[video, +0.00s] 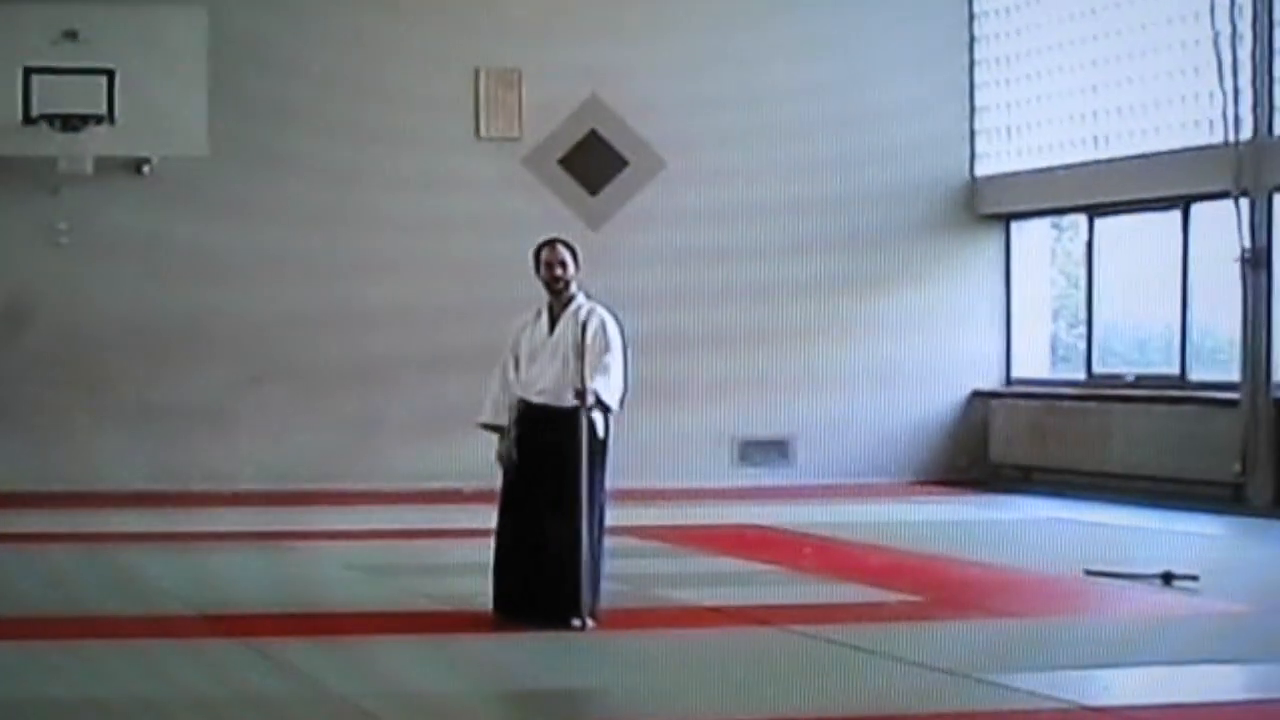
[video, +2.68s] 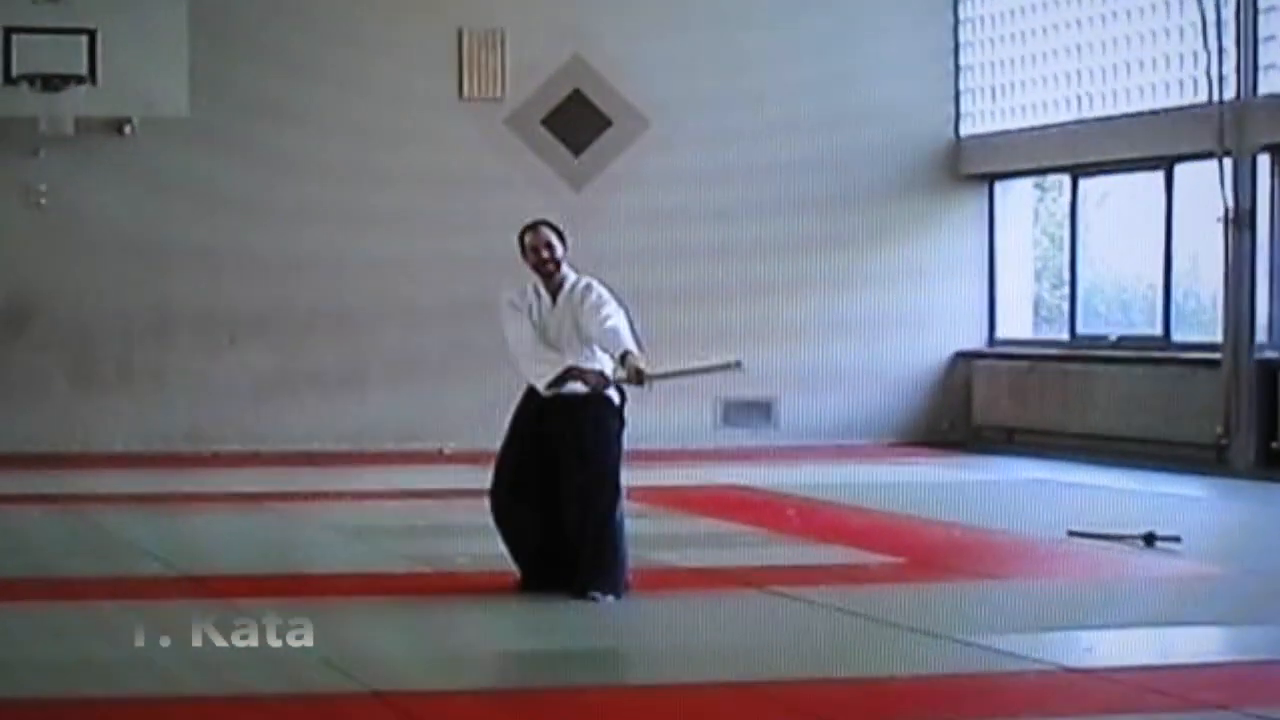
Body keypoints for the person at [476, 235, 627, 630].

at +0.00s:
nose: (556, 272)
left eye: (562, 264)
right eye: (548, 266)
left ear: (575, 269)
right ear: (539, 273)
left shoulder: (595, 319)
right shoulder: (526, 327)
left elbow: (609, 369)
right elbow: (507, 382)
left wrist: (592, 403)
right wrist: (503, 432)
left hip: (576, 421)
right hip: (531, 421)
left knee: (576, 512)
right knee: (524, 511)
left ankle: (577, 605)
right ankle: (520, 603)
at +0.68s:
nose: (517, 275)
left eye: (522, 266)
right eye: (508, 270)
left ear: (536, 268)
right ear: (500, 277)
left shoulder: (565, 316)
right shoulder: (491, 329)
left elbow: (591, 369)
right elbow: (482, 378)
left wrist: (547, 367)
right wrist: (494, 418)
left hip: (554, 419)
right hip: (509, 419)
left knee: (553, 513)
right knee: (499, 509)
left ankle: (551, 605)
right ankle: (495, 602)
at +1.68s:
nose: (544, 308)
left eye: (549, 300)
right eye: (535, 302)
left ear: (563, 300)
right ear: (525, 307)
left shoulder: (587, 345)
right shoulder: (521, 345)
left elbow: (619, 403)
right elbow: (520, 407)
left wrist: (573, 422)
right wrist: (502, 443)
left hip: (588, 450)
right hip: (544, 448)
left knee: (584, 531)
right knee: (525, 524)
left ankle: (592, 615)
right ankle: (528, 604)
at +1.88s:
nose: (556, 300)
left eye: (562, 291)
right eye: (548, 293)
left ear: (577, 292)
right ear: (538, 298)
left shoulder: (602, 336)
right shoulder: (527, 336)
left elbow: (613, 396)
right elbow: (516, 387)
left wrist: (570, 425)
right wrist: (534, 426)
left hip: (599, 441)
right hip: (553, 441)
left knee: (595, 527)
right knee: (532, 523)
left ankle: (595, 614)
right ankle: (524, 604)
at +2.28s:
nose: (568, 293)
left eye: (575, 284)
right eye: (560, 286)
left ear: (588, 284)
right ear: (549, 291)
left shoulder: (613, 330)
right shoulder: (540, 327)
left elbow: (622, 389)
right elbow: (538, 377)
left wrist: (607, 393)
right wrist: (570, 397)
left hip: (607, 430)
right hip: (564, 429)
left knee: (598, 517)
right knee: (549, 514)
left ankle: (602, 606)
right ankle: (552, 603)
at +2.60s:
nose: (553, 261)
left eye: (558, 251)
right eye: (543, 256)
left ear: (573, 253)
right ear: (535, 263)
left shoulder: (598, 298)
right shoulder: (527, 303)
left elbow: (617, 329)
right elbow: (533, 354)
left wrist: (627, 355)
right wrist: (577, 374)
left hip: (596, 403)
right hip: (548, 402)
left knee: (592, 492)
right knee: (522, 492)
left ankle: (603, 583)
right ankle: (547, 580)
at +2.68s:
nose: (543, 256)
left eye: (549, 247)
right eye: (533, 251)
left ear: (564, 249)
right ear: (526, 260)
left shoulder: (589, 292)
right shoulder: (518, 299)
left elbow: (612, 326)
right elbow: (526, 354)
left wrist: (628, 356)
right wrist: (572, 372)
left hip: (592, 398)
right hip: (543, 399)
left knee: (591, 488)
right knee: (512, 489)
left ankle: (602, 580)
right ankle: (542, 576)